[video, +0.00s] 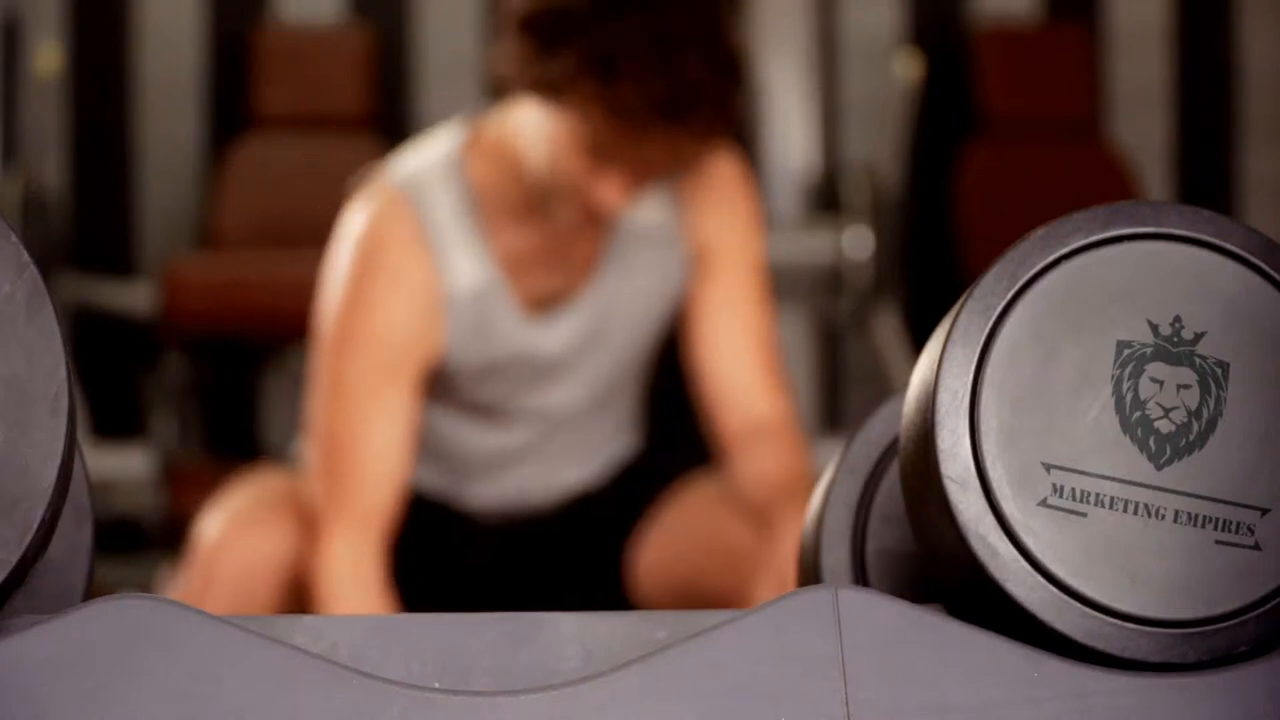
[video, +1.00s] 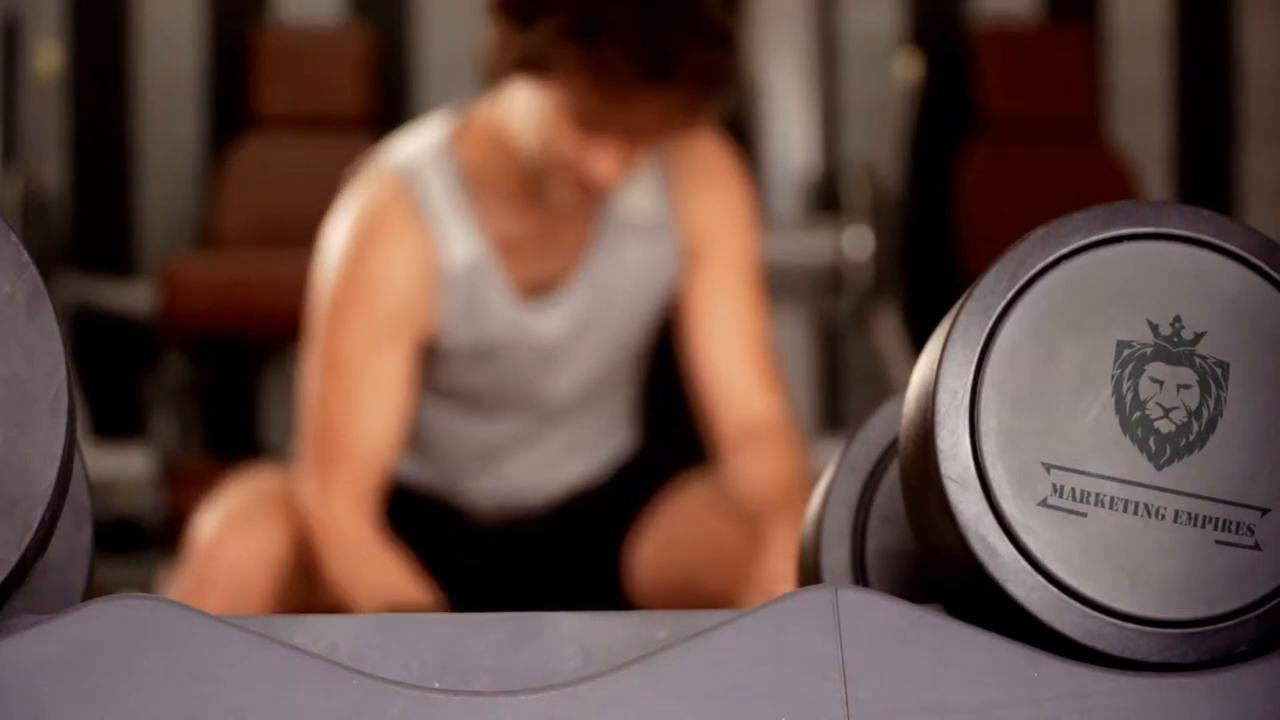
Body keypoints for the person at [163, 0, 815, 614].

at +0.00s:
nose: (618, 200)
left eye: (652, 171)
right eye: (599, 158)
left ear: (690, 139)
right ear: (539, 94)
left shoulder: (704, 179)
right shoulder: (397, 227)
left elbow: (758, 432)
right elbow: (350, 544)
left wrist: (813, 565)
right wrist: (398, 711)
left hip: (602, 522)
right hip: (417, 531)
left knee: (799, 541)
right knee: (244, 534)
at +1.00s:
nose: (611, 168)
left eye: (645, 137)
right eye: (591, 127)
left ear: (676, 110)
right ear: (524, 67)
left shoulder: (696, 170)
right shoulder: (393, 210)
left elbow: (753, 428)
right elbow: (337, 510)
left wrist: (790, 570)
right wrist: (457, 668)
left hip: (601, 521)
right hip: (418, 529)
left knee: (792, 540)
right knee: (241, 526)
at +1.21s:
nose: (606, 154)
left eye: (638, 123)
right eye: (583, 113)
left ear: (674, 101)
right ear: (520, 52)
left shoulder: (692, 171)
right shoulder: (377, 205)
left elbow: (756, 428)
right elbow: (343, 494)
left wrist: (783, 579)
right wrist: (488, 561)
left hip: (603, 533)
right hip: (414, 533)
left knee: (795, 517)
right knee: (248, 527)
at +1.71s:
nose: (573, 153)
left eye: (604, 120)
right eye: (547, 112)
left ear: (636, 98)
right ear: (476, 61)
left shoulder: (661, 171)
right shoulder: (314, 217)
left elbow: (746, 422)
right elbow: (346, 502)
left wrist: (789, 596)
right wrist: (494, 455)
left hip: (598, 525)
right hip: (399, 535)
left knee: (784, 541)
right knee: (250, 536)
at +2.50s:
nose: (582, 137)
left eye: (614, 105)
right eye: (558, 96)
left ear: (652, 82)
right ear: (495, 46)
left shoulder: (680, 166)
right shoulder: (346, 212)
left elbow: (750, 423)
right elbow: (349, 496)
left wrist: (778, 578)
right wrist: (577, 530)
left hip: (599, 542)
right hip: (412, 544)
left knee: (789, 517)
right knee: (243, 522)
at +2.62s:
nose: (583, 137)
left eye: (615, 105)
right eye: (559, 96)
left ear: (655, 85)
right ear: (495, 47)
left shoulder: (687, 169)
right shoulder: (356, 216)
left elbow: (749, 424)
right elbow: (343, 512)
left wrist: (774, 575)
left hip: (606, 513)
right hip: (418, 522)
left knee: (793, 538)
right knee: (238, 532)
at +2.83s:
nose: (588, 146)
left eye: (621, 115)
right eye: (564, 105)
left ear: (662, 94)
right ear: (502, 53)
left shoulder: (692, 172)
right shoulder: (372, 224)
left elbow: (752, 428)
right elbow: (346, 529)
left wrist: (772, 580)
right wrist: (415, 700)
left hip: (600, 523)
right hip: (416, 530)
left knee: (786, 534)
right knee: (242, 531)